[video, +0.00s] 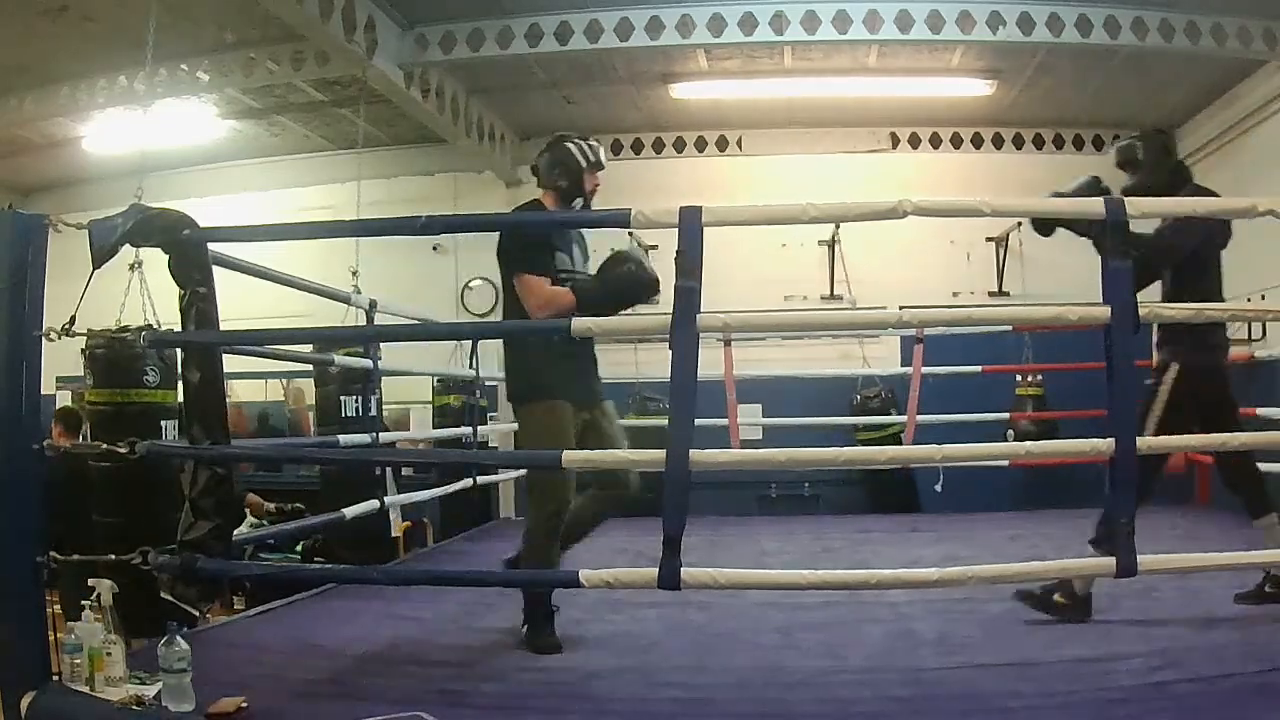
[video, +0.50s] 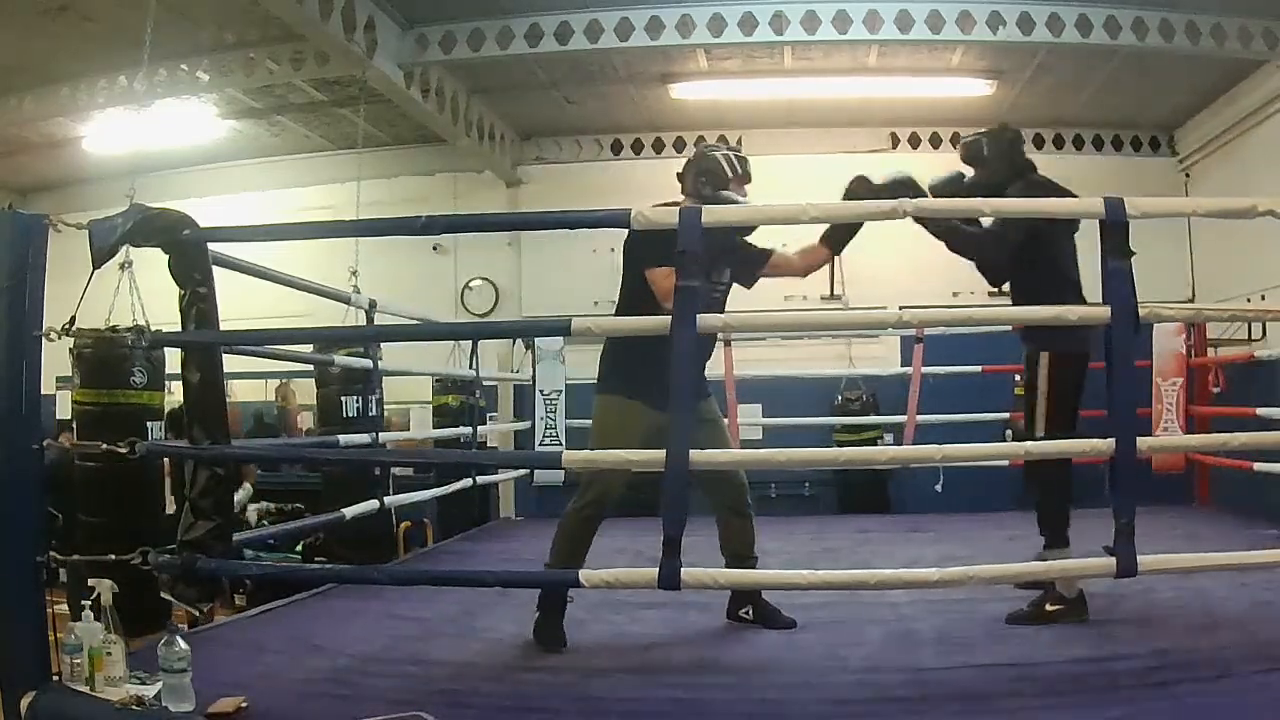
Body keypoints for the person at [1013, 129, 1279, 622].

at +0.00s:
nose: (1132, 180)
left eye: (1137, 169)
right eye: (1130, 172)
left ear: (1161, 163)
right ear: (1161, 163)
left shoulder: (1198, 207)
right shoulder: (1174, 208)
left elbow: (1147, 258)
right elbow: (1134, 272)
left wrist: (1089, 218)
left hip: (1188, 353)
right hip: (1196, 350)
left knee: (1137, 462)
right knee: (1234, 458)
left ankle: (1078, 584)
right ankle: (1279, 562)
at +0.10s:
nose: (1088, 179)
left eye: (1093, 168)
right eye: (1086, 170)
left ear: (1120, 164)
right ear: (1121, 163)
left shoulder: (1159, 206)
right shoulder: (1120, 208)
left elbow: (1118, 280)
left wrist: (1072, 241)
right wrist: (1026, 225)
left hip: (1153, 356)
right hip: (1162, 354)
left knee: (1098, 459)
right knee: (1196, 459)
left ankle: (1068, 587)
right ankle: (1268, 554)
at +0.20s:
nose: (1055, 180)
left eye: (1060, 168)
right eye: (1053, 170)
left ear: (1083, 162)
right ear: (1093, 160)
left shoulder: (1117, 204)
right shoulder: (1111, 205)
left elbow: (1088, 272)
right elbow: (1066, 272)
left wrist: (1013, 253)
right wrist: (1034, 225)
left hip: (1118, 341)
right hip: (1135, 338)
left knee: (1071, 451)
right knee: (1135, 448)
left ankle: (1065, 588)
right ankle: (1227, 534)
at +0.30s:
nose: (1020, 180)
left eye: (1025, 169)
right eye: (1018, 171)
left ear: (1048, 161)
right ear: (1060, 158)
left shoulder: (1087, 200)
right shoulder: (1079, 199)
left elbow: (1045, 269)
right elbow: (1044, 265)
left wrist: (967, 235)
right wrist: (1008, 220)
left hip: (1091, 339)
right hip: (1101, 336)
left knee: (1054, 454)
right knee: (1099, 440)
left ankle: (1064, 589)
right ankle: (1174, 533)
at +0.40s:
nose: (989, 175)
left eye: (994, 163)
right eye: (987, 165)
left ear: (1018, 157)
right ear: (1032, 154)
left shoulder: (1041, 194)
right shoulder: (1073, 191)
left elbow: (979, 240)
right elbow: (1027, 270)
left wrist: (907, 218)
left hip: (1074, 333)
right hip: (1092, 329)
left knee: (1051, 450)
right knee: (1063, 444)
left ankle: (1064, 587)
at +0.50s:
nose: (976, 176)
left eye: (980, 166)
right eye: (974, 168)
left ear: (1000, 157)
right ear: (1013, 155)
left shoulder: (1025, 196)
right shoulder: (1024, 193)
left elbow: (996, 263)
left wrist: (939, 221)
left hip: (1056, 340)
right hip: (1054, 338)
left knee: (1047, 457)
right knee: (1045, 455)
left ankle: (1064, 588)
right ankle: (1057, 565)